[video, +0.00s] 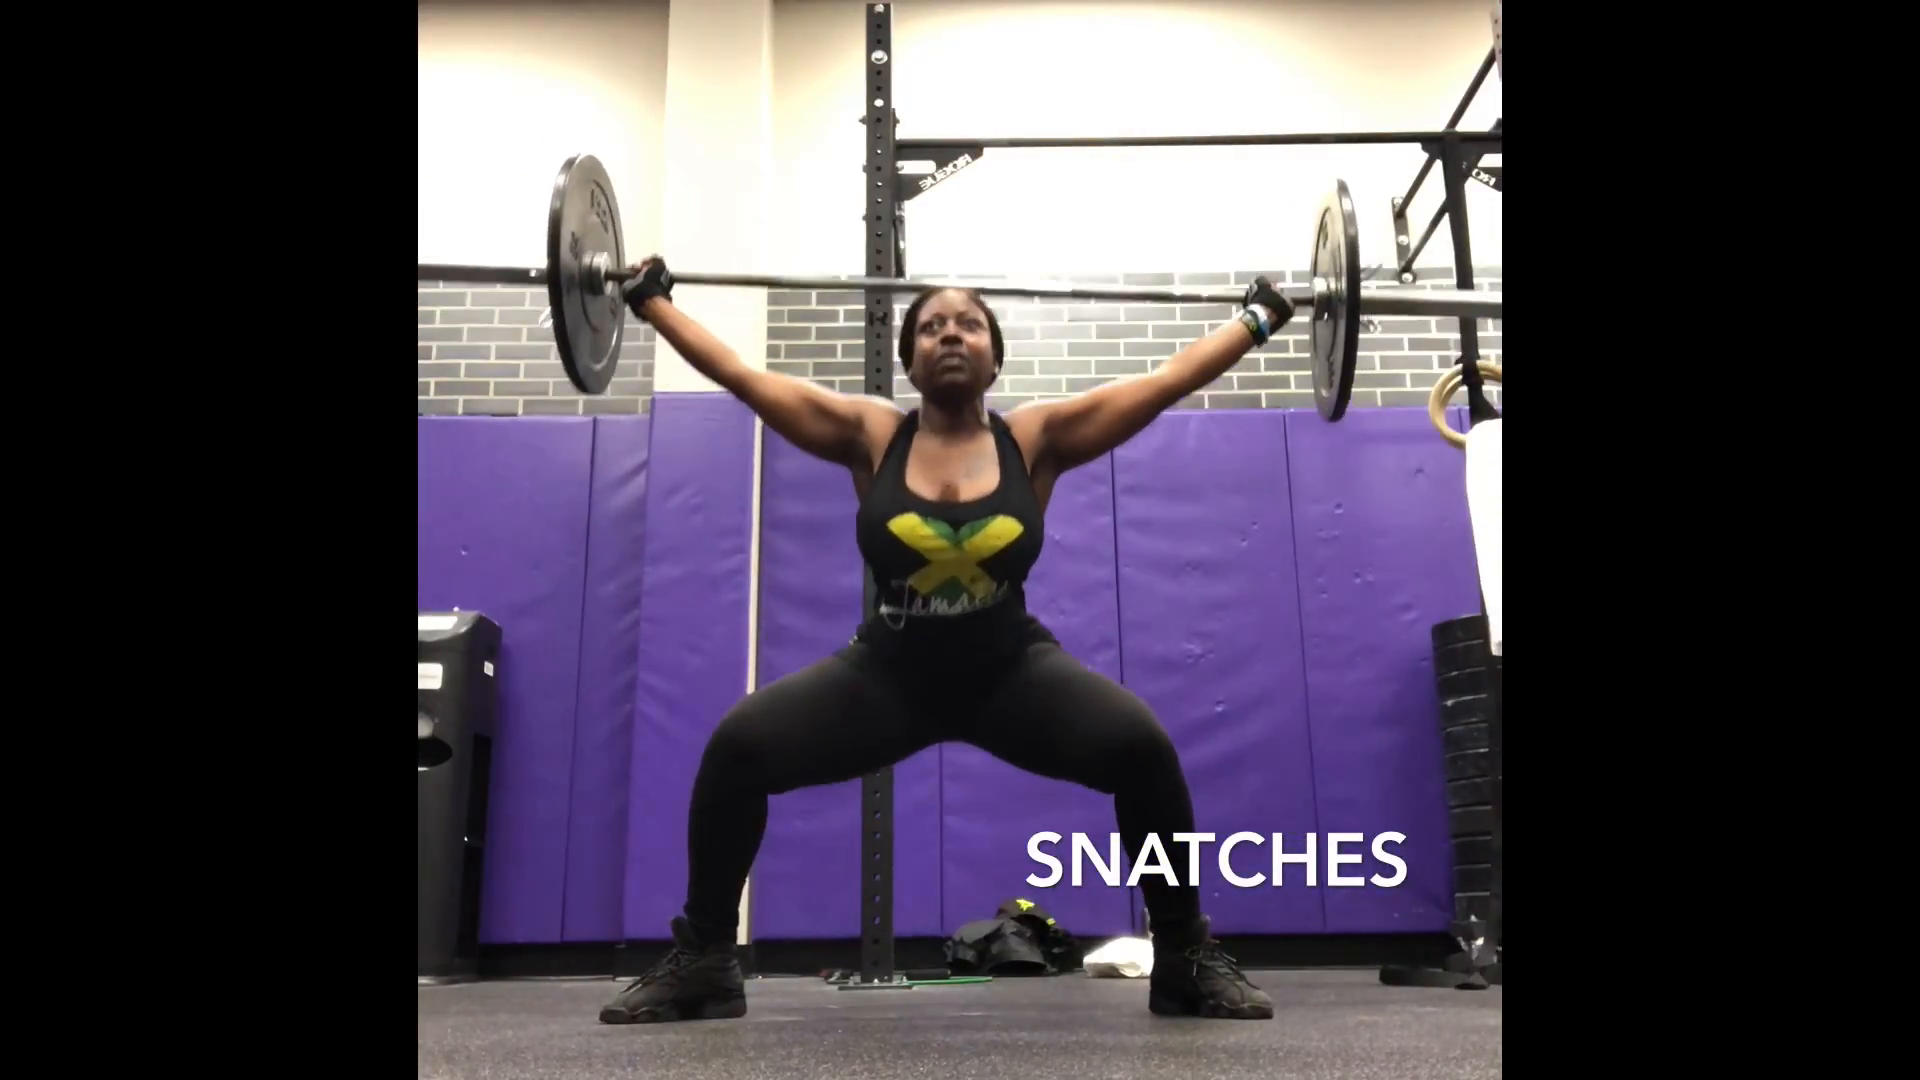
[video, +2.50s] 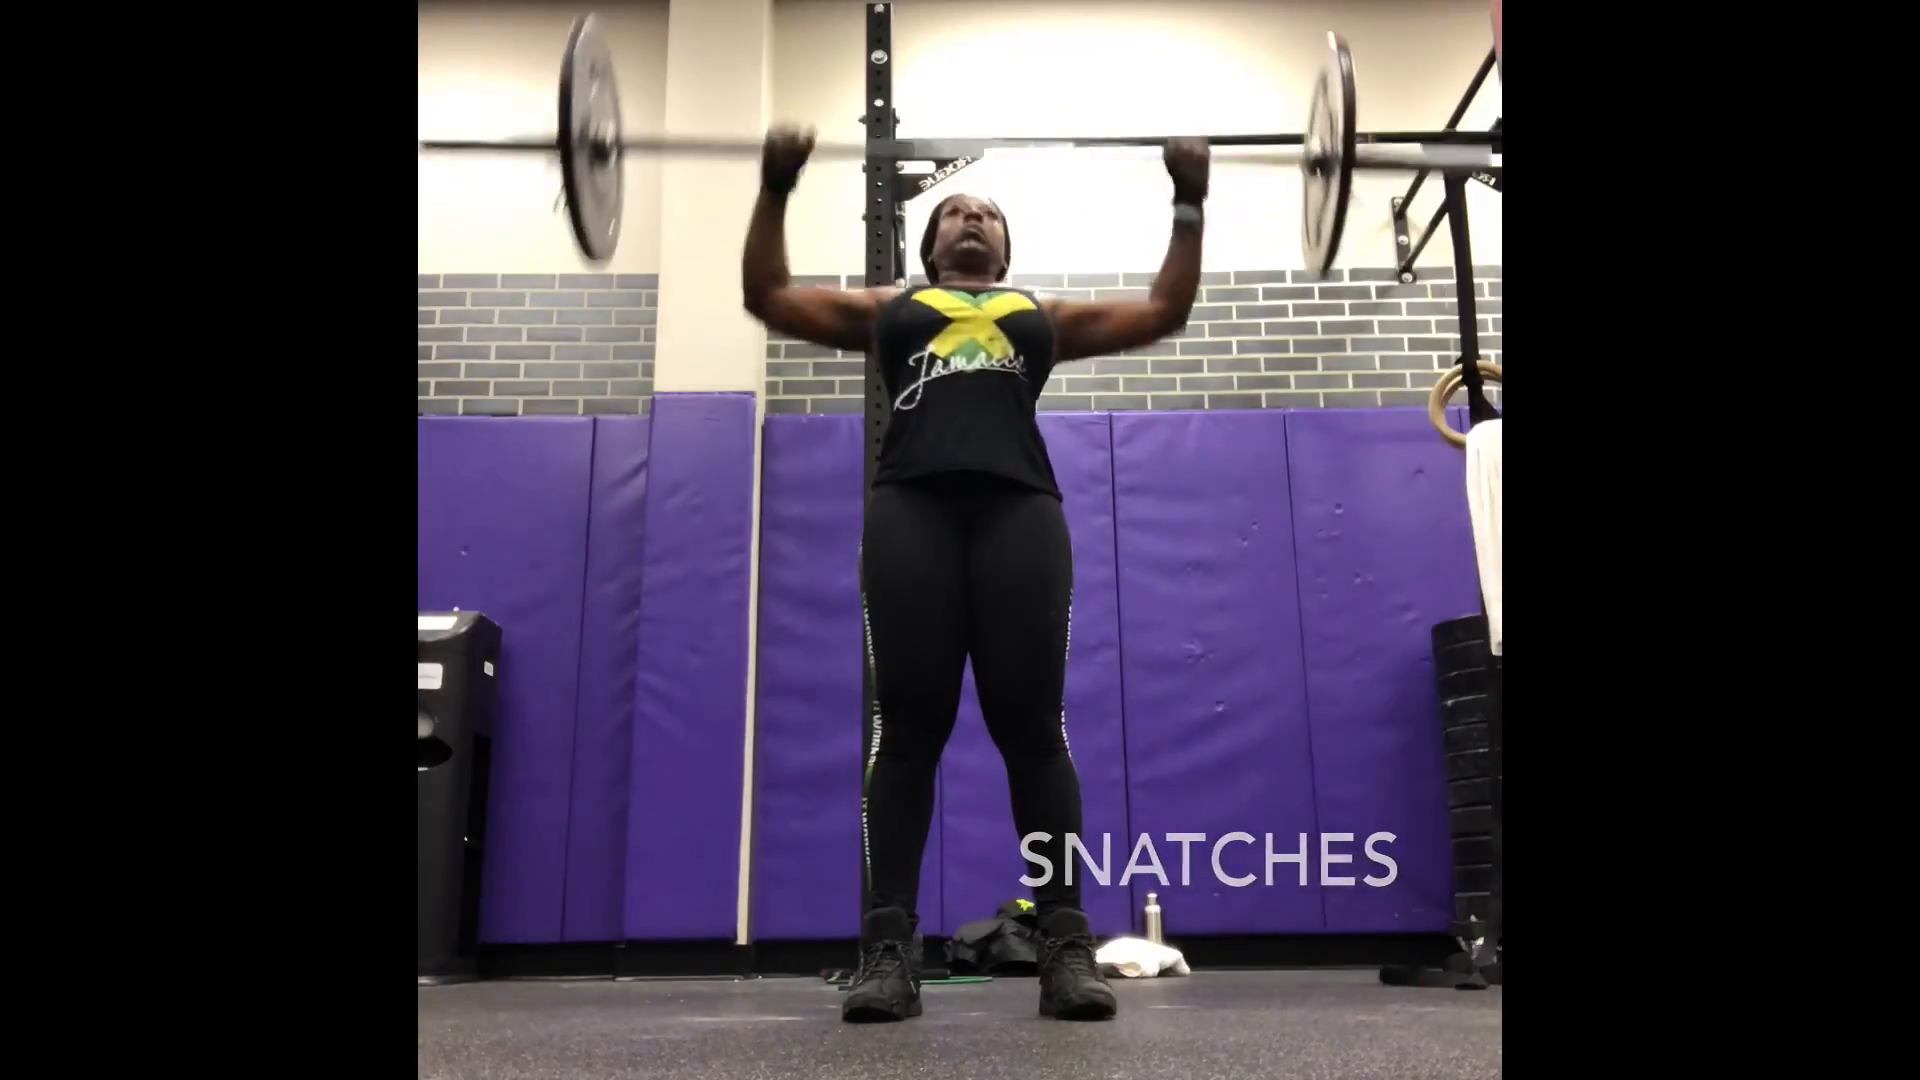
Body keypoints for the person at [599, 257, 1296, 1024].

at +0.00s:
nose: (951, 333)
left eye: (970, 324)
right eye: (931, 326)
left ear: (996, 357)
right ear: (909, 361)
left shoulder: (1038, 437)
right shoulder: (869, 432)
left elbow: (1171, 381)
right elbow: (744, 377)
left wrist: (1263, 311)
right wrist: (654, 303)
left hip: (1010, 675)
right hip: (887, 677)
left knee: (1142, 747)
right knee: (738, 747)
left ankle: (1185, 965)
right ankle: (702, 964)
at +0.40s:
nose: (988, 227)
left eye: (1003, 216)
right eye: (968, 220)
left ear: (1028, 244)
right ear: (943, 255)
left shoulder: (1070, 330)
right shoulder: (909, 330)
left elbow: (1195, 279)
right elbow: (782, 284)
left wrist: (1282, 217)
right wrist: (694, 213)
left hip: (1054, 577)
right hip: (939, 583)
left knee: (1157, 727)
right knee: (827, 747)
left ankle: (1187, 958)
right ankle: (722, 951)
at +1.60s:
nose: (993, 183)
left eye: (1006, 173)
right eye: (975, 177)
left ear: (1031, 198)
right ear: (949, 206)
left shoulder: (1076, 279)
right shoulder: (920, 287)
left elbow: (1186, 220)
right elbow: (799, 231)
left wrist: (1271, 160)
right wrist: (707, 172)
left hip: (1070, 522)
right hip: (962, 523)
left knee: (1066, 731)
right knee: (925, 728)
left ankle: (1070, 954)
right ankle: (868, 950)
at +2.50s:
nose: (972, 221)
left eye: (989, 218)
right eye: (954, 217)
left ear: (1008, 256)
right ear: (927, 250)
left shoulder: (1036, 319)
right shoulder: (885, 308)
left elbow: (1163, 314)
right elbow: (767, 296)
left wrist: (1189, 203)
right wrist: (774, 190)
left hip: (1021, 520)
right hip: (909, 521)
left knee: (1031, 725)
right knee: (910, 727)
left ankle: (1065, 950)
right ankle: (888, 952)